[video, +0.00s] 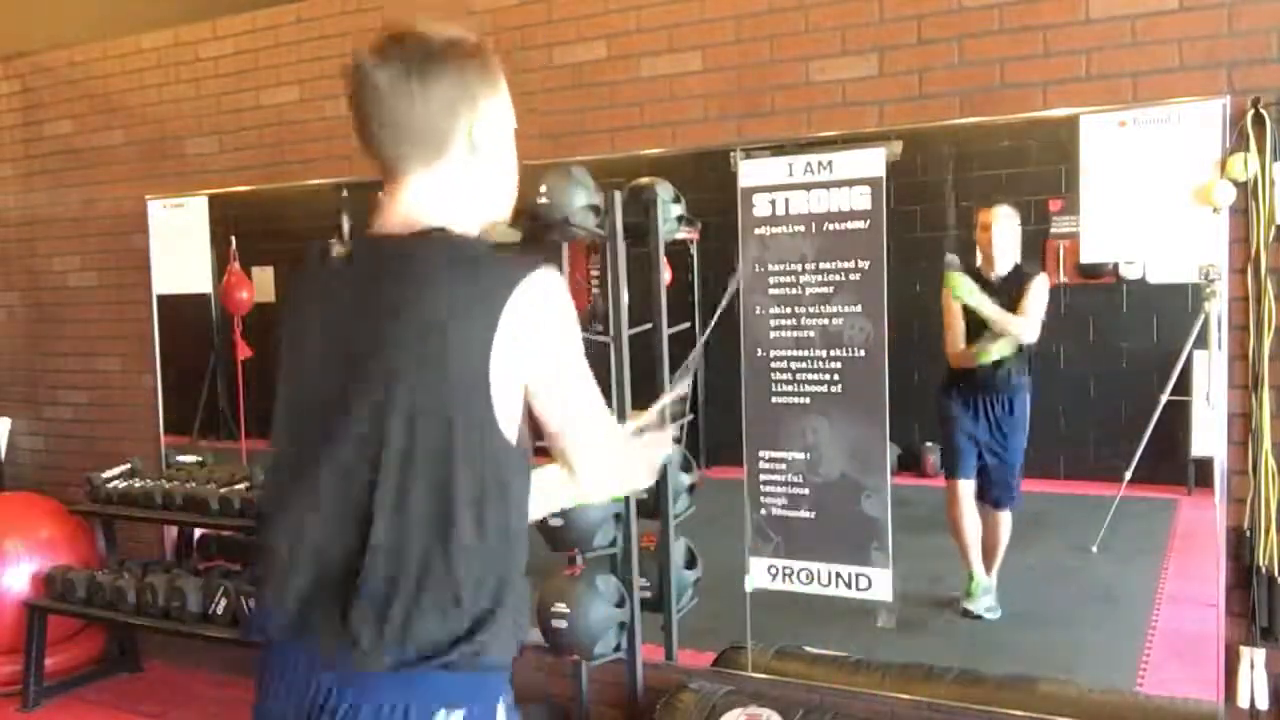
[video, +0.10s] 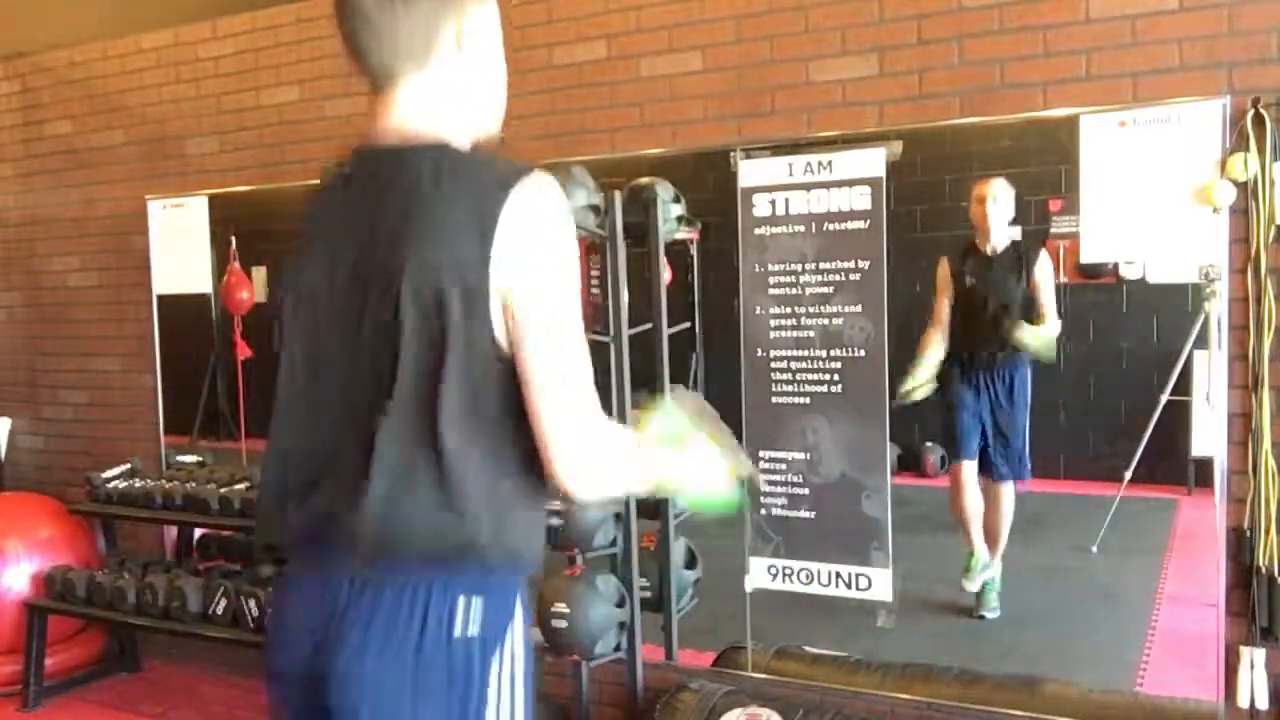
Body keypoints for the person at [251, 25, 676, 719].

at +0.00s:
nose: (517, 153)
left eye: (513, 130)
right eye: (509, 131)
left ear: (379, 142)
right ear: (475, 138)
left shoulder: (315, 289)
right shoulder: (516, 287)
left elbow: (414, 497)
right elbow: (601, 467)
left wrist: (582, 473)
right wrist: (643, 451)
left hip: (295, 675)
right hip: (438, 689)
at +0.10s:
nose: (504, 63)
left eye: (498, 35)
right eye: (496, 32)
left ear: (368, 50)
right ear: (466, 35)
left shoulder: (325, 209)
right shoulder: (513, 203)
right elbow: (579, 460)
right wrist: (671, 460)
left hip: (313, 587)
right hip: (448, 610)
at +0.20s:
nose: (502, 45)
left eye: (496, 22)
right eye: (495, 21)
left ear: (369, 46)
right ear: (467, 26)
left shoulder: (308, 194)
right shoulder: (504, 176)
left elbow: (259, 421)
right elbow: (569, 427)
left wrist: (257, 529)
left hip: (329, 560)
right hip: (468, 570)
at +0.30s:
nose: (506, 121)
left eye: (500, 93)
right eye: (499, 94)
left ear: (374, 115)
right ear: (472, 102)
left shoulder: (298, 272)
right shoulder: (506, 247)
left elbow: (229, 495)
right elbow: (565, 492)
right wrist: (760, 507)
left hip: (352, 631)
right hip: (495, 632)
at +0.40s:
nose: (515, 147)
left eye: (508, 121)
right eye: (507, 122)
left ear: (381, 142)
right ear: (478, 132)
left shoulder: (301, 292)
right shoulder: (509, 289)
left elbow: (230, 508)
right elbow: (583, 534)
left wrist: (330, 447)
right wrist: (777, 504)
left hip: (351, 665)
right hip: (497, 674)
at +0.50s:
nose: (520, 74)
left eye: (514, 46)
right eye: (513, 45)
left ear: (383, 55)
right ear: (484, 48)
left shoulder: (297, 239)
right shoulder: (510, 203)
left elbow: (240, 469)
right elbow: (565, 450)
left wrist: (256, 522)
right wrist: (748, 534)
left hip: (352, 620)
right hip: (501, 613)